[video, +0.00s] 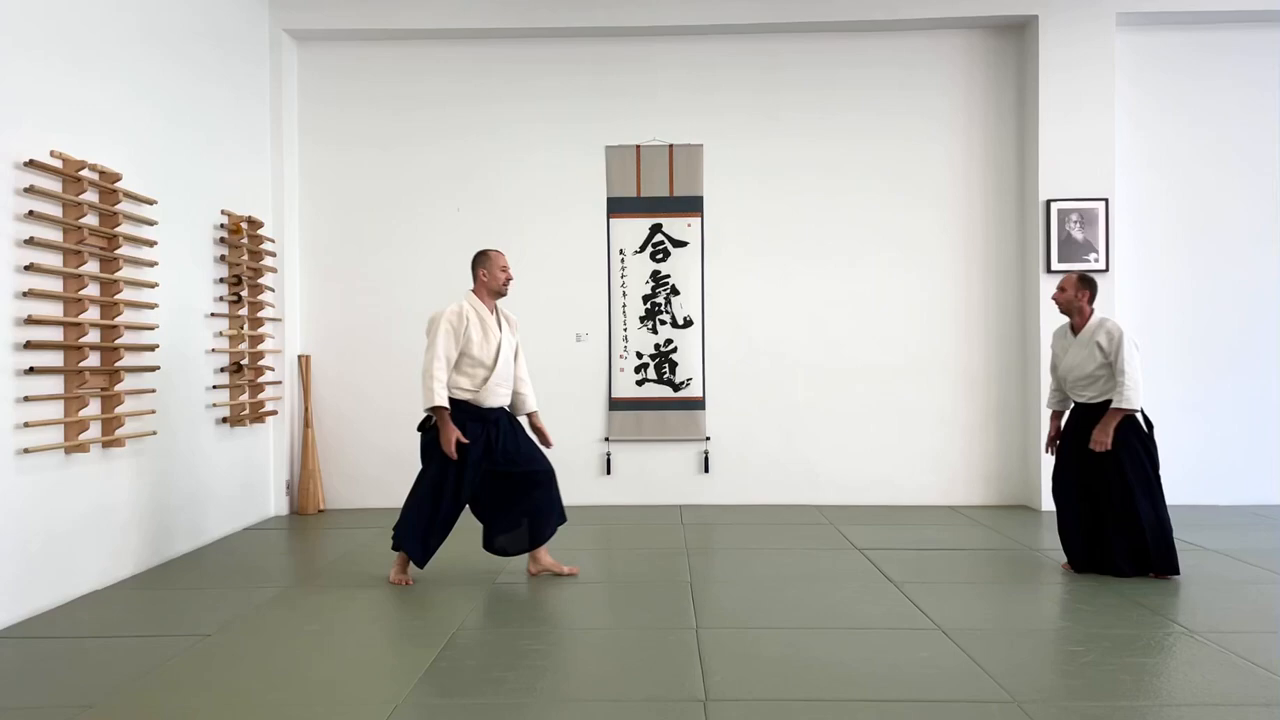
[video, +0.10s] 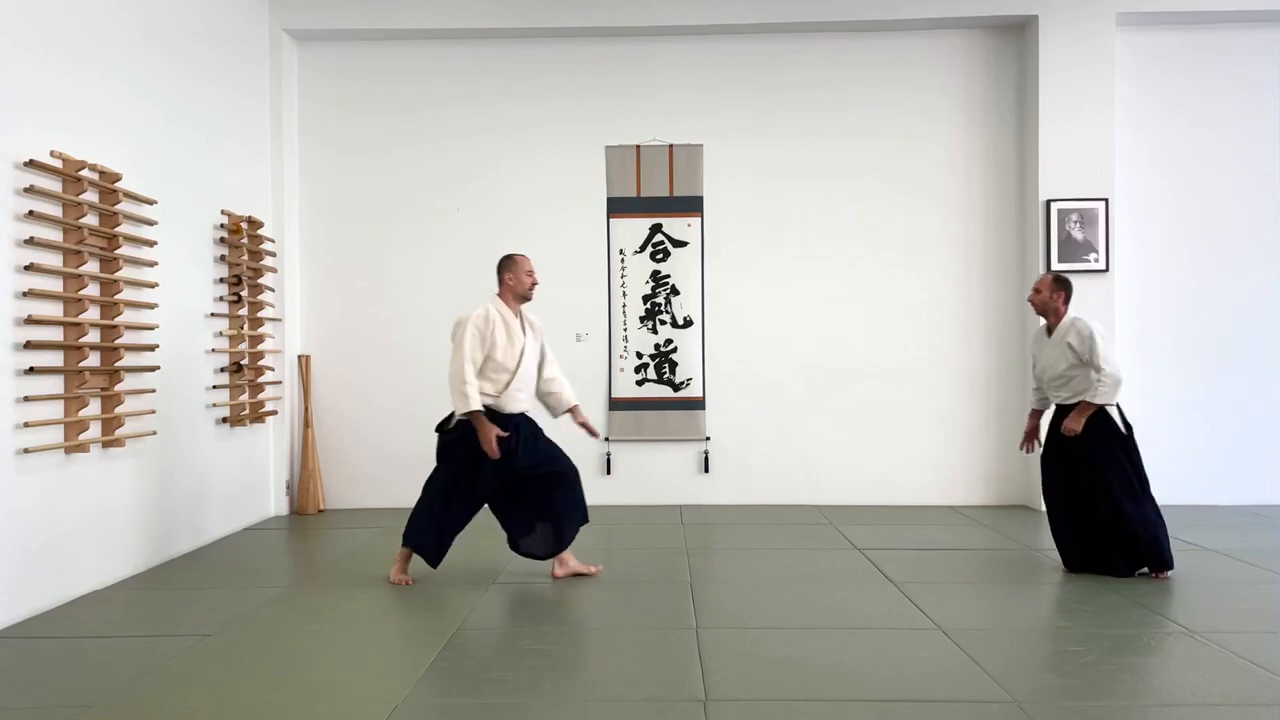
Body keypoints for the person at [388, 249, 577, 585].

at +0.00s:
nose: (510, 276)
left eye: (509, 270)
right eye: (503, 270)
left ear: (490, 277)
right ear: (482, 275)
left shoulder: (507, 322)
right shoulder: (453, 316)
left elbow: (518, 375)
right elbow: (435, 370)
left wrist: (532, 417)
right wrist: (444, 422)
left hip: (499, 422)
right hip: (458, 419)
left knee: (540, 474)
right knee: (435, 489)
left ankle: (539, 555)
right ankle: (402, 561)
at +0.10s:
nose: (535, 280)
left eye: (535, 274)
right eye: (528, 274)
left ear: (518, 280)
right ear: (508, 279)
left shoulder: (532, 327)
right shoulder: (478, 321)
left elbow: (548, 376)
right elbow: (462, 377)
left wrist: (576, 413)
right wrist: (481, 424)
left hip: (519, 426)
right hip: (476, 424)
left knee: (563, 475)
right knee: (442, 491)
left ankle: (564, 558)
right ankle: (403, 560)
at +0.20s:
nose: (567, 279)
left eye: (567, 273)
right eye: (561, 273)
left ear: (550, 279)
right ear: (541, 277)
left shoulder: (563, 326)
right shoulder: (512, 320)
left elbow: (588, 368)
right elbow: (495, 374)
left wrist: (621, 396)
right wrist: (518, 418)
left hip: (549, 424)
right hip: (508, 422)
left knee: (582, 483)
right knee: (469, 489)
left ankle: (563, 563)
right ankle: (415, 550)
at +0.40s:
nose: (627, 272)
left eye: (625, 266)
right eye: (620, 266)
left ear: (604, 273)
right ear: (600, 272)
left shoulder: (614, 316)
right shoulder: (578, 314)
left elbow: (646, 353)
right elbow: (572, 373)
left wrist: (688, 371)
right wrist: (593, 419)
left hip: (605, 415)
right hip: (580, 418)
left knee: (606, 488)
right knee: (599, 489)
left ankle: (573, 560)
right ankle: (566, 560)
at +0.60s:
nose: (694, 273)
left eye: (692, 266)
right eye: (689, 267)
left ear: (664, 274)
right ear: (673, 273)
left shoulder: (659, 309)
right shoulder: (660, 311)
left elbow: (706, 340)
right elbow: (702, 349)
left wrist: (753, 354)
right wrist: (759, 363)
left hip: (639, 415)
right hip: (663, 419)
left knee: (616, 491)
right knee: (724, 486)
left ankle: (569, 559)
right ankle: (759, 575)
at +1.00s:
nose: (753, 277)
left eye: (752, 271)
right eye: (755, 271)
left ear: (755, 273)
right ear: (789, 268)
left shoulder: (767, 311)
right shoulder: (810, 296)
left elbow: (715, 350)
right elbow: (758, 302)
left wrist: (752, 373)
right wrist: (717, 315)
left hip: (801, 422)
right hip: (835, 409)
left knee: (799, 511)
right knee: (864, 495)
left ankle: (809, 604)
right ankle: (919, 574)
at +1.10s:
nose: (784, 284)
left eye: (786, 278)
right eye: (784, 278)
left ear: (801, 280)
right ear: (815, 278)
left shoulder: (817, 316)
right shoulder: (826, 305)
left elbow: (771, 348)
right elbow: (771, 312)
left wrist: (732, 346)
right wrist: (741, 324)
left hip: (833, 435)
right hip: (858, 427)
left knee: (783, 512)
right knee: (897, 506)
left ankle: (808, 605)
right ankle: (962, 585)